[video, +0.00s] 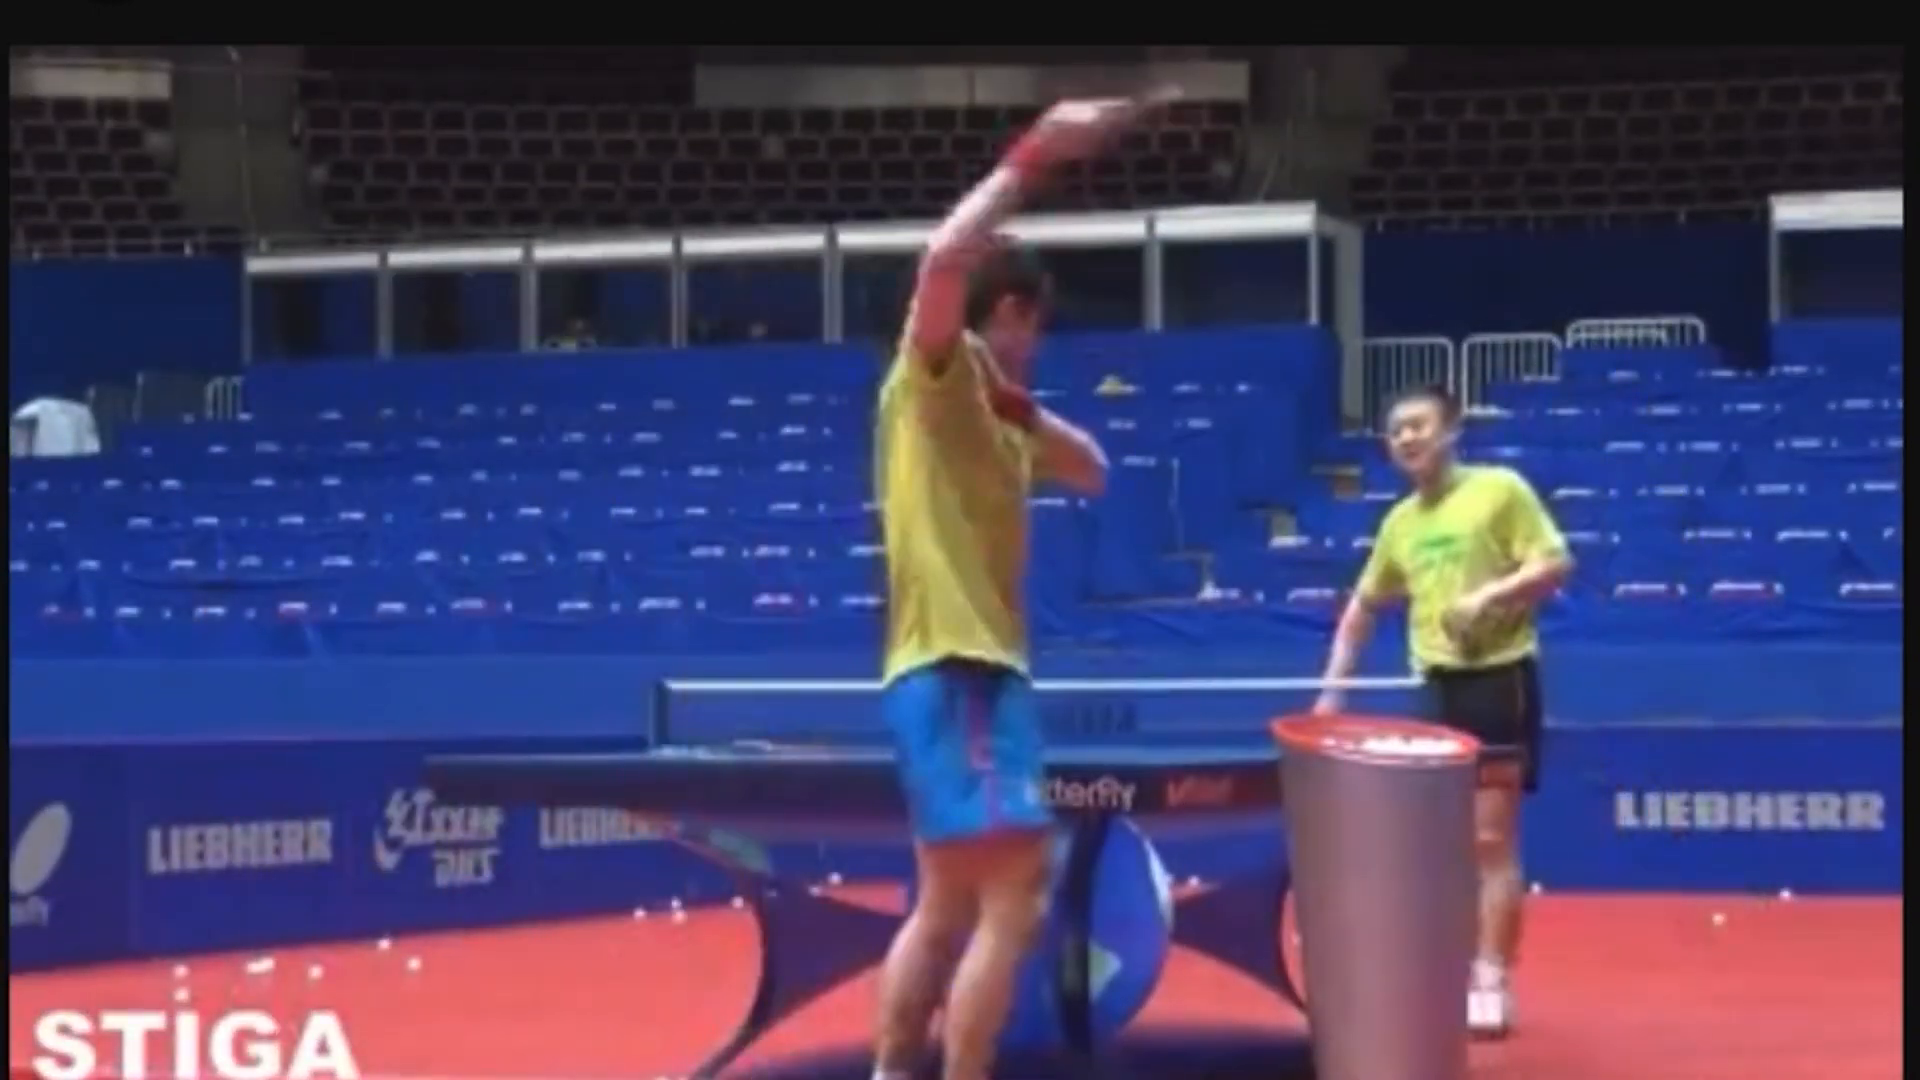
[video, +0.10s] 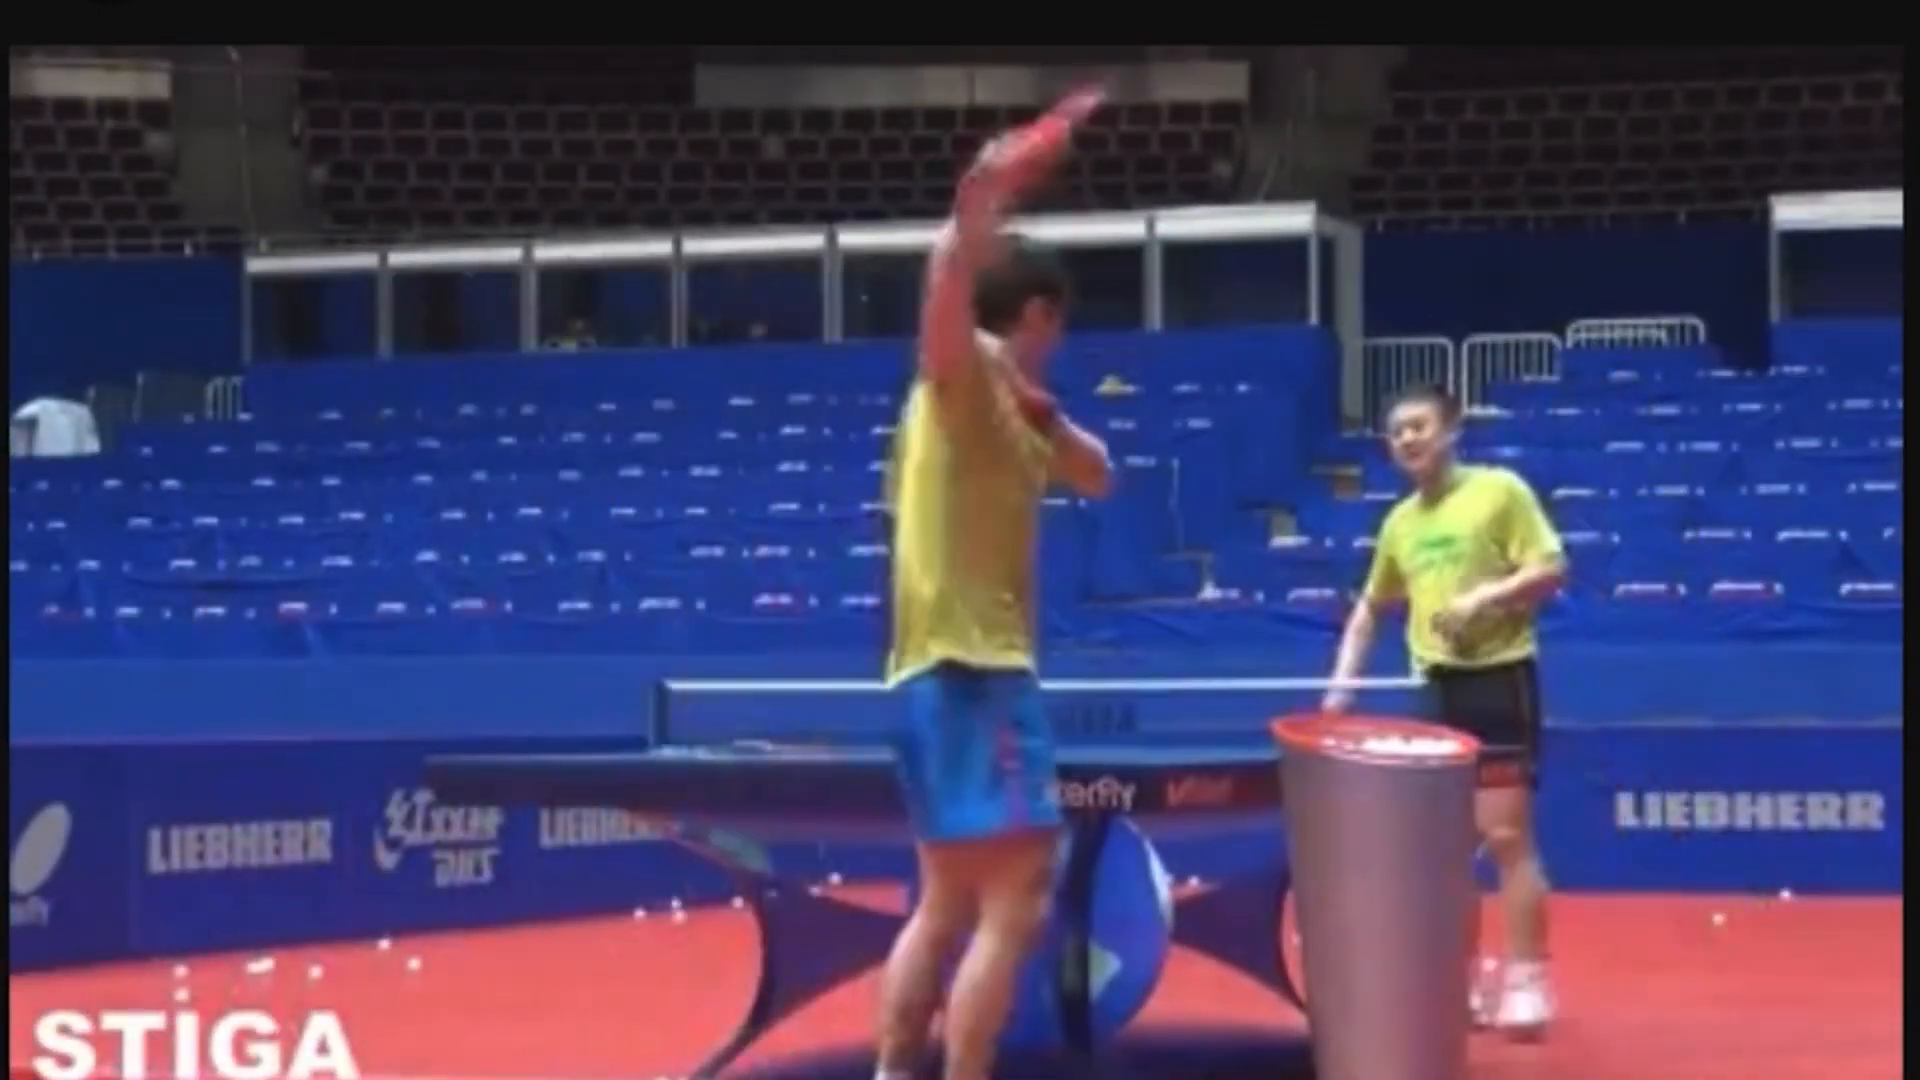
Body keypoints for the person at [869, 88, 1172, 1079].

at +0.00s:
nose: (1036, 338)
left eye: (1037, 323)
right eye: (1031, 319)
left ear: (998, 319)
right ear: (998, 311)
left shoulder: (1000, 423)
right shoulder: (932, 385)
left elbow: (1087, 468)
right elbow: (943, 260)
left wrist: (1013, 404)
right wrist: (1028, 158)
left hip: (964, 670)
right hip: (954, 667)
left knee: (941, 909)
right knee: (1013, 903)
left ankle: (896, 1069)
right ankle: (962, 1071)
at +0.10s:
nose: (1058, 334)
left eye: (1058, 320)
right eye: (1055, 319)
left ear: (1008, 315)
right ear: (1031, 316)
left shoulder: (1013, 415)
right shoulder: (960, 387)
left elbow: (1096, 476)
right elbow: (948, 307)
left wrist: (1039, 412)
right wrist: (982, 199)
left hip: (957, 668)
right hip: (969, 667)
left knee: (946, 905)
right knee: (1013, 907)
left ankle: (893, 1064)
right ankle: (964, 1068)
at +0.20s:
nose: (1087, 333)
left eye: (1088, 317)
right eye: (1082, 316)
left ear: (994, 311)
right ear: (1054, 316)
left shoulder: (986, 392)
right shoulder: (990, 367)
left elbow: (1092, 493)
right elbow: (1033, 417)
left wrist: (1067, 427)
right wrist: (1065, 386)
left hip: (941, 671)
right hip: (983, 669)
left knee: (970, 893)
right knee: (1009, 902)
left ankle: (910, 1064)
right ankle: (961, 1069)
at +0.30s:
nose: (1080, 341)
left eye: (1077, 326)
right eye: (1081, 326)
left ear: (999, 317)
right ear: (1064, 323)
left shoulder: (972, 387)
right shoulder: (1004, 383)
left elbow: (1020, 521)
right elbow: (1004, 456)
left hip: (951, 678)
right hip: (979, 679)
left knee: (999, 893)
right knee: (1016, 893)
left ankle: (950, 1062)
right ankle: (950, 1067)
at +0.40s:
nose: (1091, 342)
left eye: (1089, 326)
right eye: (1091, 326)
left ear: (1012, 317)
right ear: (1073, 322)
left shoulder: (994, 387)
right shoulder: (1018, 390)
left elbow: (1049, 511)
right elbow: (1117, 492)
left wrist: (1106, 577)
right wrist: (1198, 542)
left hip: (1008, 680)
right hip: (975, 683)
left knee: (1069, 879)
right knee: (998, 902)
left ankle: (1005, 1058)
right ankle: (958, 1071)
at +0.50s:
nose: (1103, 343)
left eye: (1104, 329)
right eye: (1104, 328)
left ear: (1020, 319)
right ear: (1086, 324)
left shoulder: (1010, 389)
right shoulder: (1052, 386)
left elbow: (1083, 510)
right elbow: (1161, 478)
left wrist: (1157, 557)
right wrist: (1181, 540)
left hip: (1019, 687)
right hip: (991, 687)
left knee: (1074, 897)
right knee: (1010, 913)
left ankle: (1048, 1069)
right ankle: (962, 1070)